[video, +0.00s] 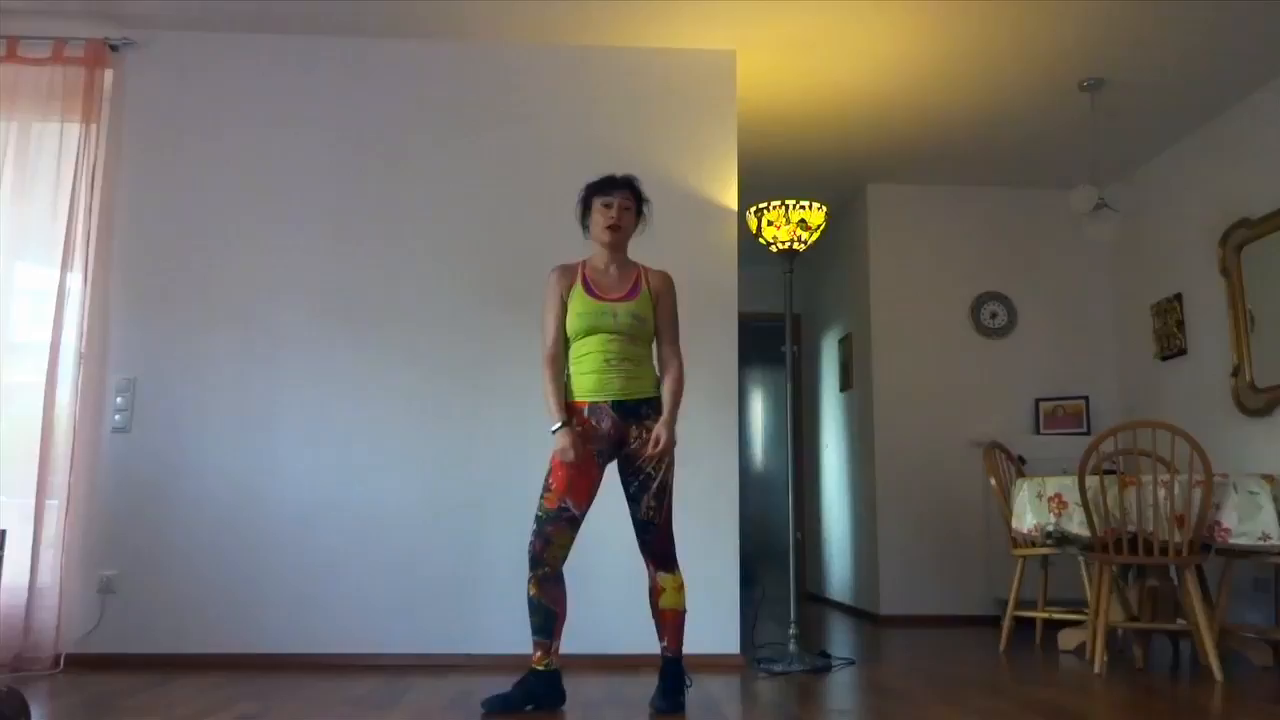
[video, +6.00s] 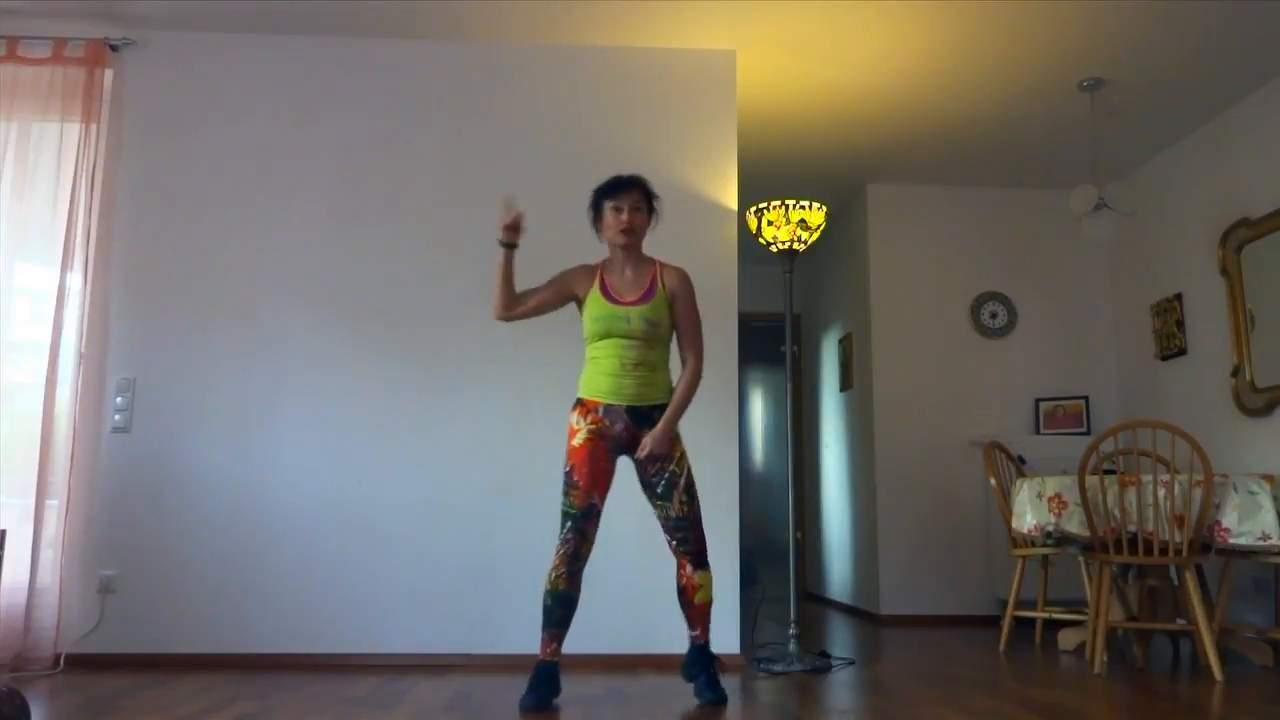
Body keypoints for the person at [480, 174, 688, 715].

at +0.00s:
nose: (615, 215)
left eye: (625, 209)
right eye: (606, 207)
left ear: (638, 221)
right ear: (587, 217)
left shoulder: (656, 282)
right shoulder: (565, 279)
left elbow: (671, 360)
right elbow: (553, 355)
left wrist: (667, 422)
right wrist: (561, 423)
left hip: (644, 421)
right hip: (583, 422)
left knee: (659, 550)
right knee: (545, 547)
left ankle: (673, 671)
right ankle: (544, 673)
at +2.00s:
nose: (625, 218)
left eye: (636, 212)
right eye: (616, 213)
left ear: (654, 228)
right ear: (603, 229)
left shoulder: (672, 292)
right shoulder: (584, 284)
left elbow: (687, 366)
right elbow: (556, 354)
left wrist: (690, 387)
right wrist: (549, 388)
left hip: (656, 425)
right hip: (593, 424)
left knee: (671, 545)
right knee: (561, 542)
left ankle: (679, 665)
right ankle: (545, 664)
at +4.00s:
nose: (640, 220)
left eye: (650, 217)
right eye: (632, 211)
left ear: (657, 233)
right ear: (608, 222)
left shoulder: (666, 291)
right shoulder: (577, 279)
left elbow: (681, 370)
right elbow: (534, 352)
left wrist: (678, 433)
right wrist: (549, 318)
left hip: (650, 421)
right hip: (588, 419)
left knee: (671, 541)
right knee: (563, 539)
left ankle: (679, 660)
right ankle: (542, 663)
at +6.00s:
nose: (628, 218)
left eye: (638, 211)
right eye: (618, 209)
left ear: (651, 221)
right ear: (598, 219)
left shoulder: (672, 281)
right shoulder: (582, 279)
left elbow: (693, 365)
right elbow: (506, 308)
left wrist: (665, 427)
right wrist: (507, 246)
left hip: (656, 421)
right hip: (595, 420)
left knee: (690, 543)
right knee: (574, 542)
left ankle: (700, 656)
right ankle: (546, 667)